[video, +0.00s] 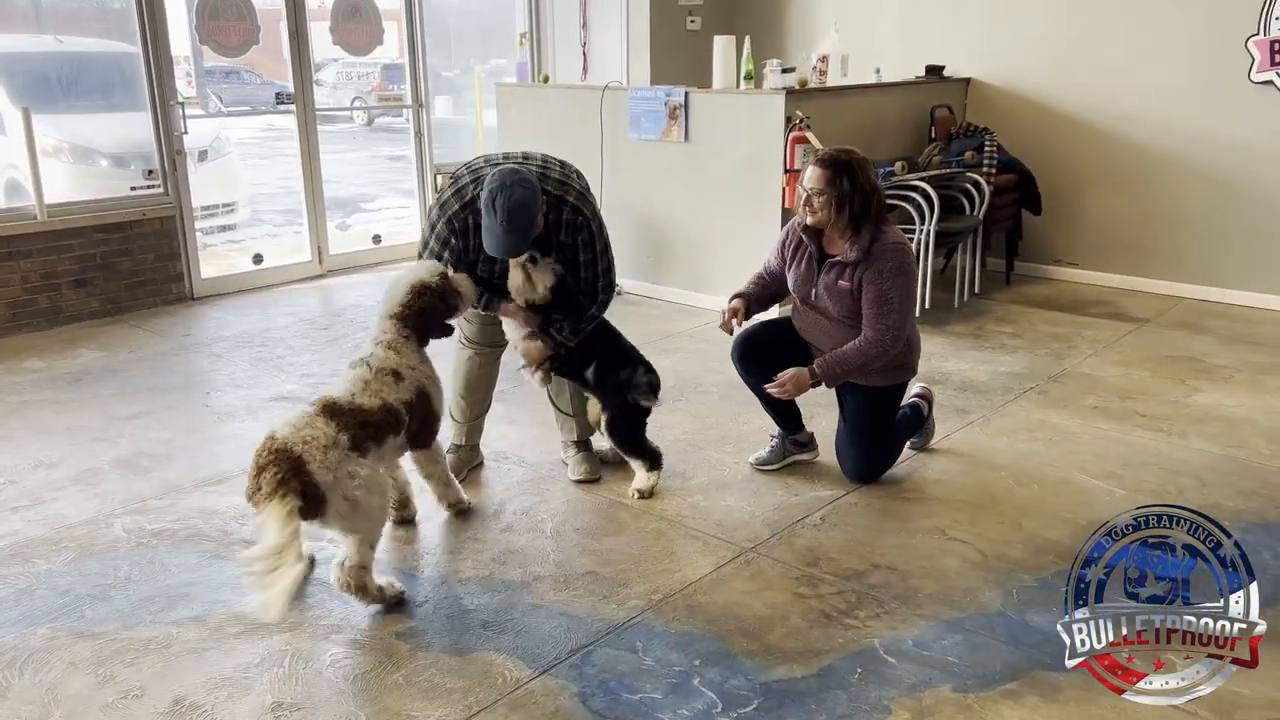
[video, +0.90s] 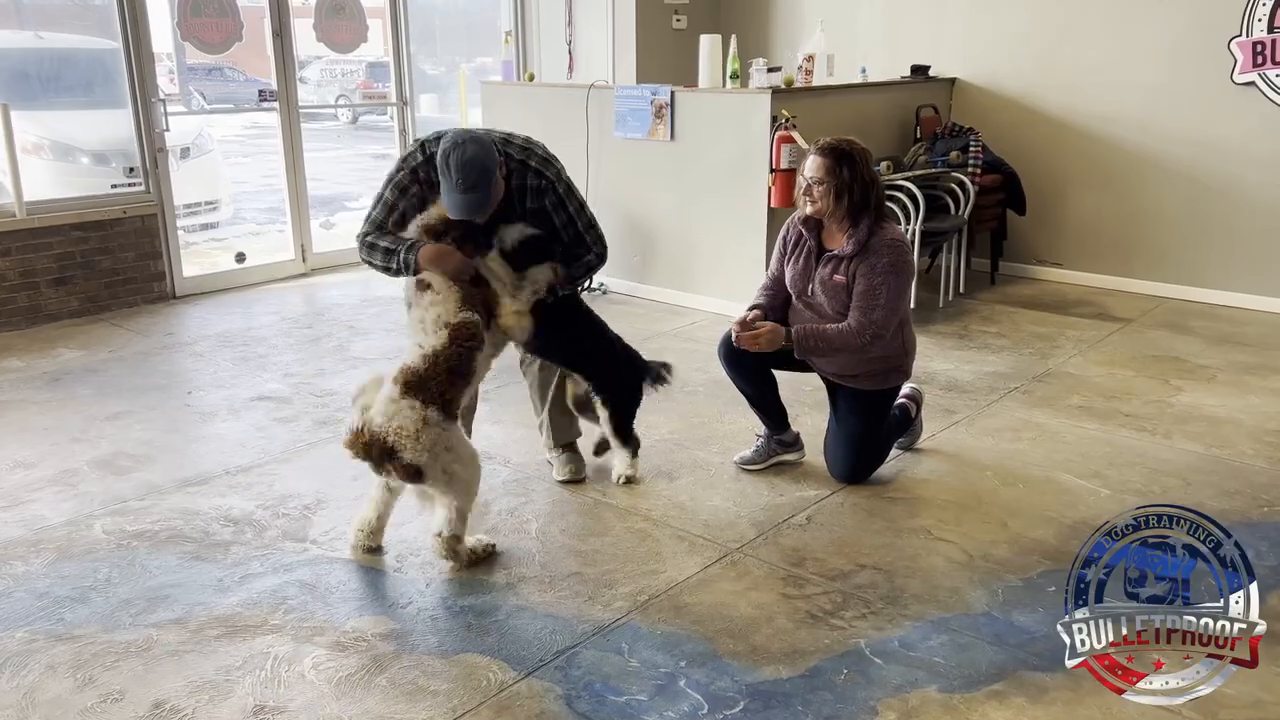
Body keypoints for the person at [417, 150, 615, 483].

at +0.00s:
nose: (512, 255)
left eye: (521, 247)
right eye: (503, 249)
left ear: (540, 216)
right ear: (482, 212)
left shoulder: (576, 209)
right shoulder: (454, 208)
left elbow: (599, 290)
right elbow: (432, 275)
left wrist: (549, 342)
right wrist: (501, 307)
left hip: (556, 262)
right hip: (482, 264)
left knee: (562, 349)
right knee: (477, 343)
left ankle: (577, 445)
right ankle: (463, 446)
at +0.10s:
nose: (504, 244)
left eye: (515, 235)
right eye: (494, 237)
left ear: (536, 205)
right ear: (480, 197)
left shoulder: (573, 202)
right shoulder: (446, 193)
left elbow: (592, 287)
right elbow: (415, 250)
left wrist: (533, 328)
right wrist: (466, 291)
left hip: (549, 278)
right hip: (476, 277)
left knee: (560, 354)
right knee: (467, 353)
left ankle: (573, 444)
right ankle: (459, 447)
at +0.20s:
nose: (498, 232)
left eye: (507, 224)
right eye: (488, 223)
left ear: (531, 196)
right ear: (475, 181)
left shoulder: (569, 199)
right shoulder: (444, 175)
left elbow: (587, 286)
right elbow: (393, 219)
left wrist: (530, 327)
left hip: (543, 280)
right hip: (469, 274)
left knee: (556, 362)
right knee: (466, 356)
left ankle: (570, 444)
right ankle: (457, 447)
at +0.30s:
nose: (485, 212)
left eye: (497, 207)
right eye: (478, 202)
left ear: (525, 187)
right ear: (470, 174)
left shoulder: (562, 193)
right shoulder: (443, 169)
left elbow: (588, 278)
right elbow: (380, 215)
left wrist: (532, 319)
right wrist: (332, 275)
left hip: (539, 289)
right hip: (470, 280)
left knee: (551, 366)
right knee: (464, 355)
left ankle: (568, 446)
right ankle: (454, 446)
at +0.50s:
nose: (486, 188)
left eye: (496, 179)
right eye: (475, 179)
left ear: (514, 157)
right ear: (456, 158)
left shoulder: (546, 167)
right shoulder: (430, 162)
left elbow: (581, 253)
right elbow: (368, 218)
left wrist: (524, 286)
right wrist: (353, 264)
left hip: (536, 279)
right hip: (465, 278)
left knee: (548, 362)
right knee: (462, 347)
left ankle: (564, 447)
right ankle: (450, 451)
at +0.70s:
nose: (474, 193)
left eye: (482, 183)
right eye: (461, 186)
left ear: (500, 156)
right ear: (441, 162)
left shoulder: (539, 164)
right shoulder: (420, 160)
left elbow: (579, 250)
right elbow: (352, 222)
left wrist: (520, 278)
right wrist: (396, 266)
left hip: (529, 281)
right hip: (455, 283)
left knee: (543, 358)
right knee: (455, 359)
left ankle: (564, 447)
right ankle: (447, 461)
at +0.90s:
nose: (474, 221)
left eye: (483, 209)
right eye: (463, 214)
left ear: (501, 172)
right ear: (441, 179)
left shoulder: (539, 171)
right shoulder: (417, 169)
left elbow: (592, 249)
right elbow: (370, 242)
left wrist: (533, 291)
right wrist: (422, 255)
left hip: (531, 281)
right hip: (456, 281)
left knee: (545, 352)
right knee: (453, 362)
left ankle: (562, 446)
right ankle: (449, 461)